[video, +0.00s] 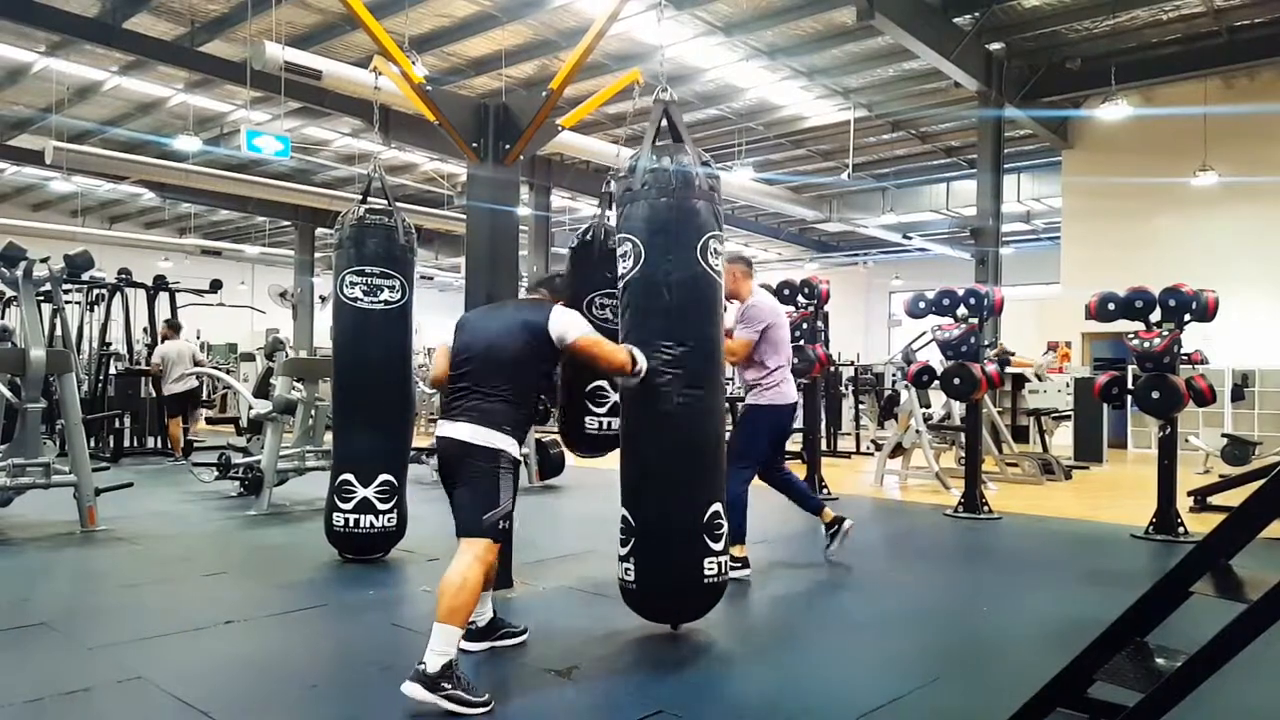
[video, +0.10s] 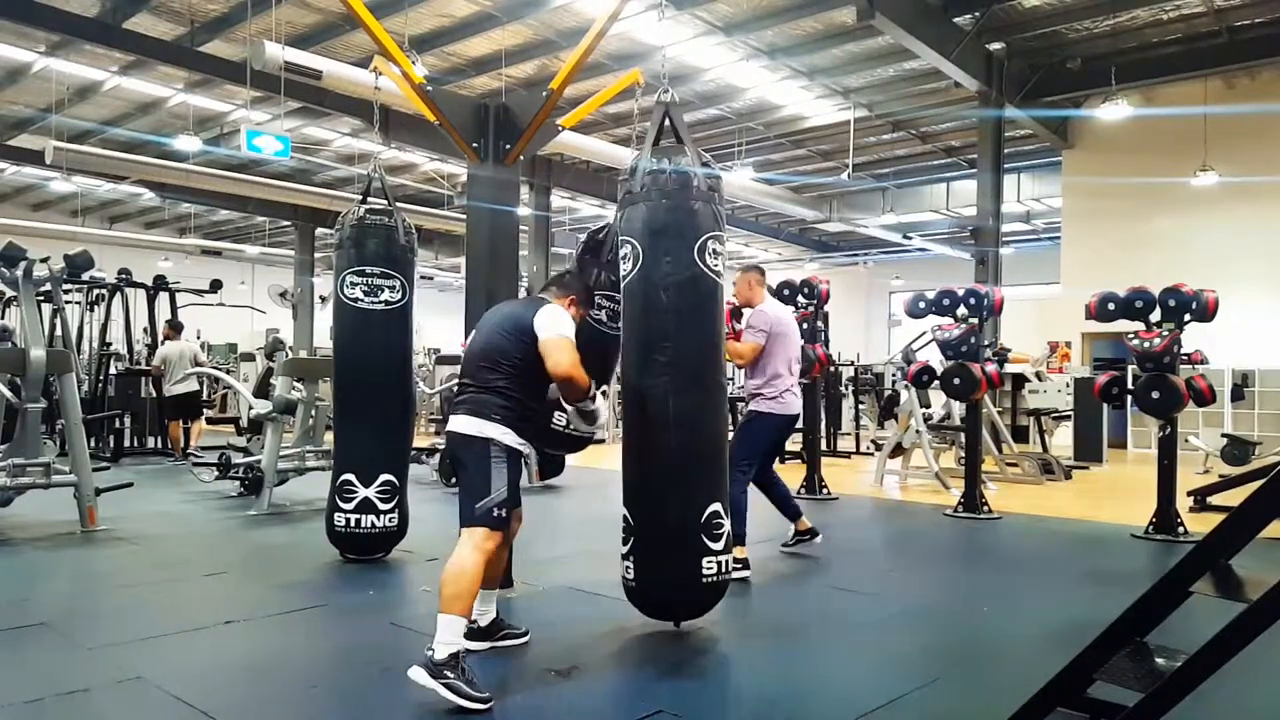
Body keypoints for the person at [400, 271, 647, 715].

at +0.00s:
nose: (568, 317)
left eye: (567, 311)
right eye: (568, 311)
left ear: (529, 293)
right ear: (559, 302)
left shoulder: (475, 317)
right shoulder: (557, 316)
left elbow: (439, 375)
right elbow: (613, 359)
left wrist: (484, 378)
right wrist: (634, 359)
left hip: (450, 438)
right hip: (490, 444)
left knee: (481, 534)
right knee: (478, 550)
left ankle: (479, 621)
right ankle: (434, 669)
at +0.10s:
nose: (578, 322)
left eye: (580, 317)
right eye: (579, 316)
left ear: (547, 293)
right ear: (570, 302)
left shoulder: (504, 310)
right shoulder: (552, 313)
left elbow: (497, 375)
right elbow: (564, 369)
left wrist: (540, 409)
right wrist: (586, 400)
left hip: (478, 429)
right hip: (489, 432)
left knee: (507, 522)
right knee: (481, 536)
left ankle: (481, 620)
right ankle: (442, 656)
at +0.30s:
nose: (577, 318)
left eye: (581, 313)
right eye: (579, 310)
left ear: (562, 290)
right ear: (567, 293)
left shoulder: (531, 307)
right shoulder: (534, 309)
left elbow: (532, 373)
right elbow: (530, 372)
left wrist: (572, 371)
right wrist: (569, 358)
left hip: (505, 435)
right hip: (480, 433)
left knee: (526, 514)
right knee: (484, 536)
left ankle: (492, 604)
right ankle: (428, 644)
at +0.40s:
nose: (575, 325)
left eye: (579, 319)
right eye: (578, 316)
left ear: (560, 296)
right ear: (565, 298)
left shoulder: (528, 322)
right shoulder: (523, 319)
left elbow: (520, 385)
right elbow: (521, 385)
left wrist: (559, 381)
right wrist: (562, 377)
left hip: (509, 448)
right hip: (478, 445)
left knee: (542, 512)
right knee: (475, 542)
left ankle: (504, 593)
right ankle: (419, 652)